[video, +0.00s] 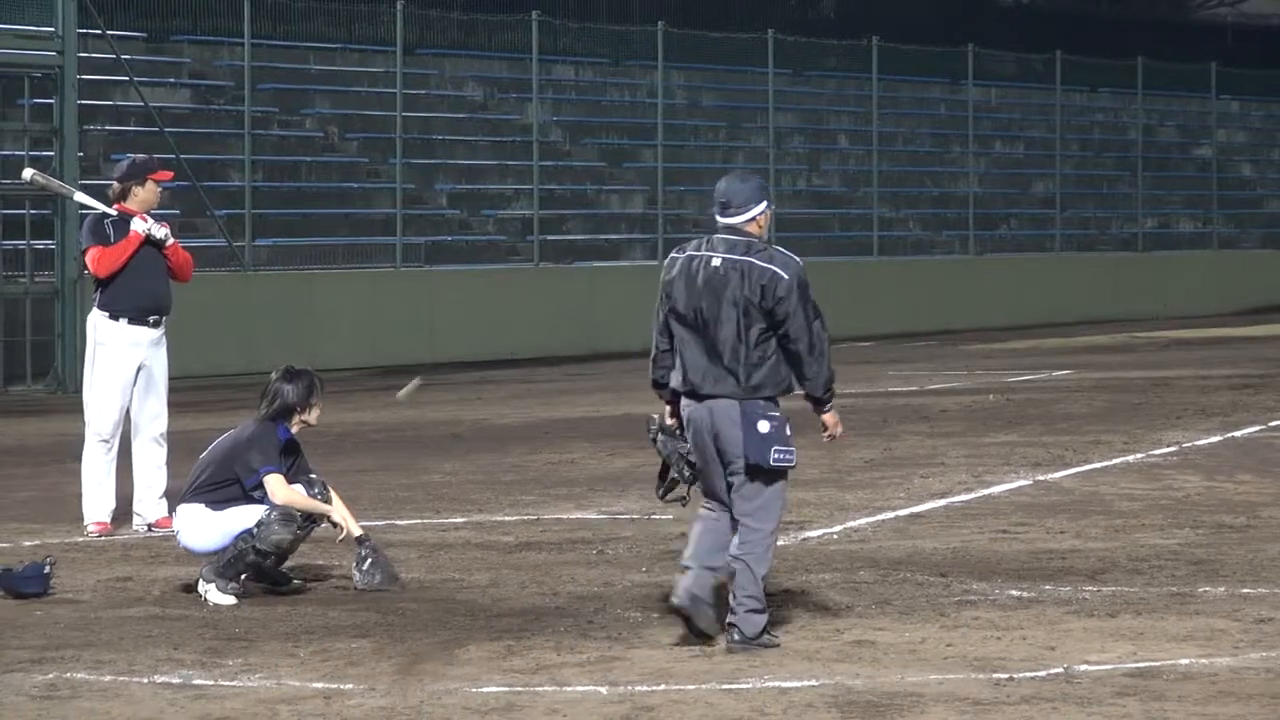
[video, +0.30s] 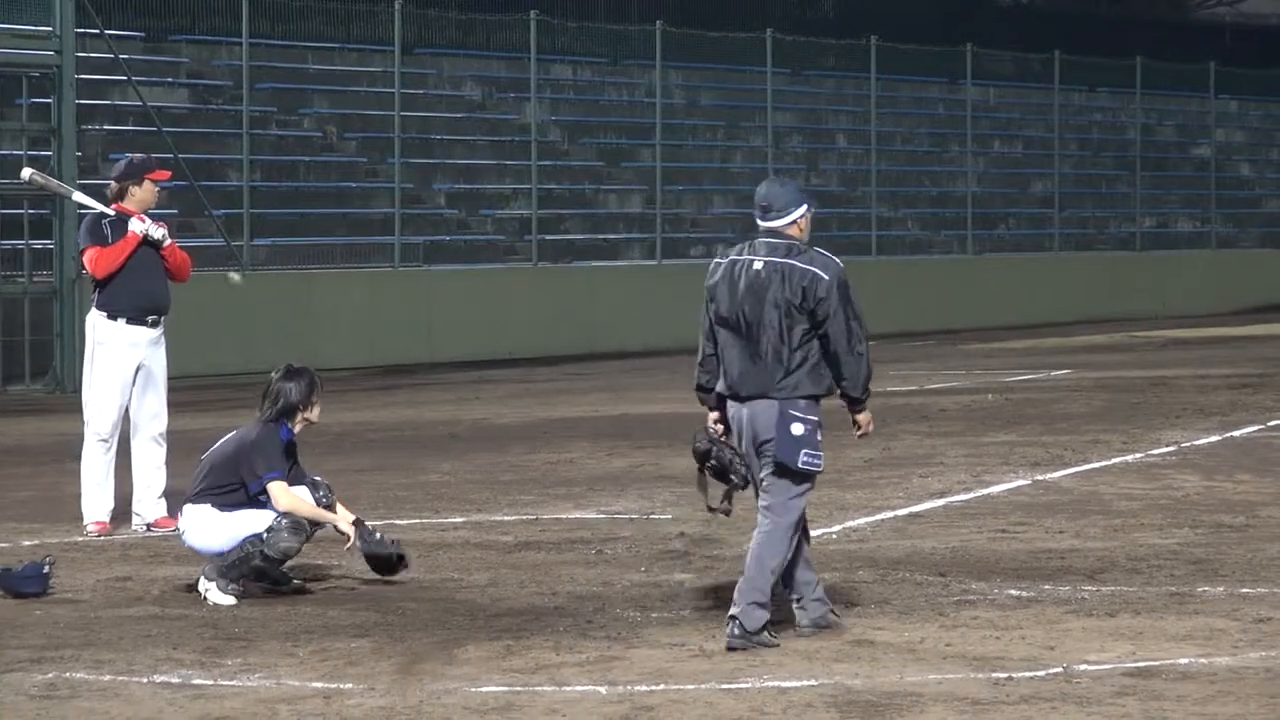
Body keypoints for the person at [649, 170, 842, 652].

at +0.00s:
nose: (769, 218)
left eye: (765, 211)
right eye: (766, 212)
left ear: (720, 214)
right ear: (758, 217)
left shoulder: (681, 260)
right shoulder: (780, 268)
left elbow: (665, 337)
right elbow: (804, 343)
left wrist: (669, 396)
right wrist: (824, 404)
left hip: (695, 406)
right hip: (750, 410)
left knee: (717, 503)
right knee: (757, 517)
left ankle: (694, 589)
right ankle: (746, 625)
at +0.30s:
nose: (808, 222)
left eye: (805, 215)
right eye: (806, 217)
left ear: (761, 219)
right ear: (797, 221)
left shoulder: (725, 266)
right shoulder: (819, 268)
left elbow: (711, 341)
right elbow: (843, 340)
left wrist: (712, 401)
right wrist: (858, 401)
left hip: (740, 405)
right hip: (792, 406)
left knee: (784, 509)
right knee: (777, 513)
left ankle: (813, 609)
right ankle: (745, 620)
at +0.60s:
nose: (845, 216)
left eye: (841, 209)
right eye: (843, 210)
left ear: (798, 212)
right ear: (835, 214)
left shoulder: (763, 260)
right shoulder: (858, 260)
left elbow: (752, 338)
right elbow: (879, 337)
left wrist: (755, 396)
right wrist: (888, 401)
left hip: (783, 401)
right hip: (841, 402)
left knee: (803, 508)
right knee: (862, 492)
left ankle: (804, 605)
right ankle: (820, 583)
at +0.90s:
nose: (881, 222)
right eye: (885, 216)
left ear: (842, 216)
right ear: (888, 220)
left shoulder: (807, 261)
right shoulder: (909, 266)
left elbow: (791, 337)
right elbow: (925, 342)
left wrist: (792, 394)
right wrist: (928, 403)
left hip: (824, 403)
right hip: (888, 405)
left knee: (820, 510)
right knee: (909, 504)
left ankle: (811, 610)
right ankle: (939, 604)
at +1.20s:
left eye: (898, 212)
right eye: (932, 216)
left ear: (895, 214)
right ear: (940, 218)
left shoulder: (856, 257)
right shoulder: (965, 264)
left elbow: (840, 329)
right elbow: (983, 337)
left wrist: (838, 387)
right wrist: (988, 399)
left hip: (871, 400)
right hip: (934, 402)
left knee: (862, 495)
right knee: (944, 504)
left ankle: (835, 577)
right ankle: (949, 605)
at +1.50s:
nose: (922, 216)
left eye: (921, 210)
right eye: (954, 214)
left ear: (920, 212)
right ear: (965, 217)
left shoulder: (879, 254)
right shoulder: (988, 265)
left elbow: (858, 324)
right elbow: (1007, 336)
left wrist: (854, 382)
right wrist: (1012, 398)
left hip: (889, 393)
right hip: (950, 397)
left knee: (890, 494)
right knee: (950, 502)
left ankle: (885, 596)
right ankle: (949, 604)